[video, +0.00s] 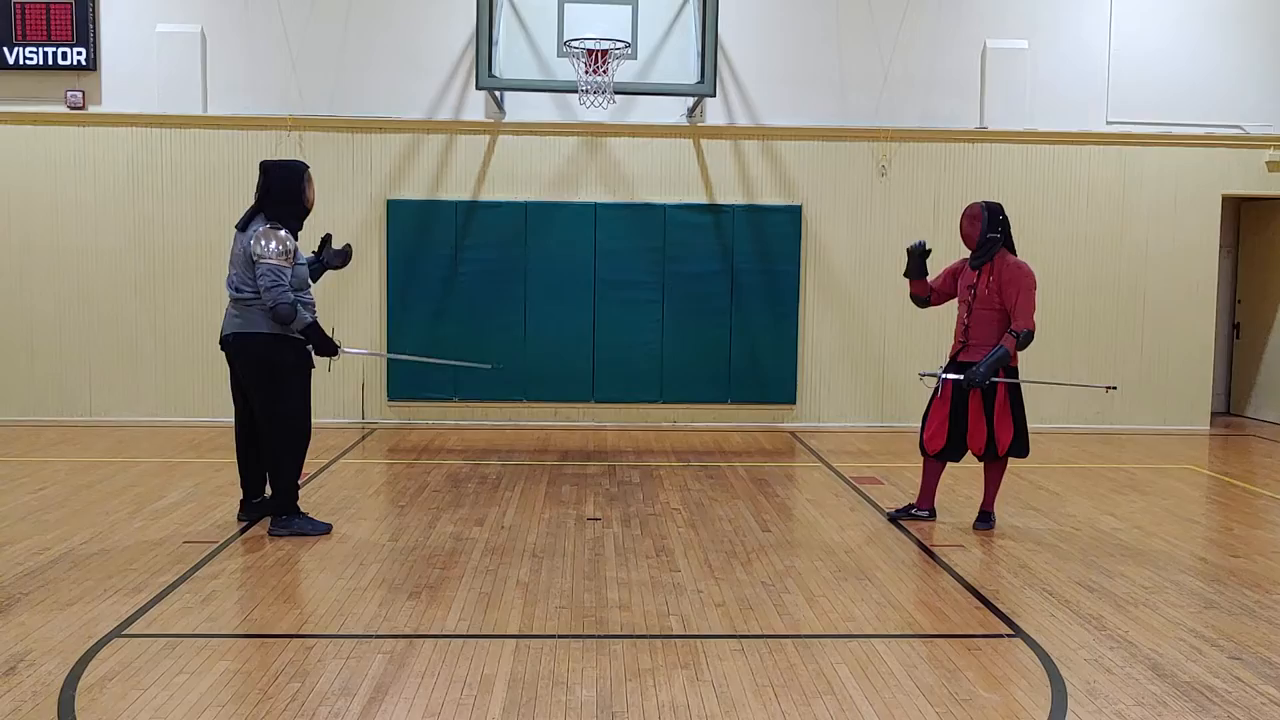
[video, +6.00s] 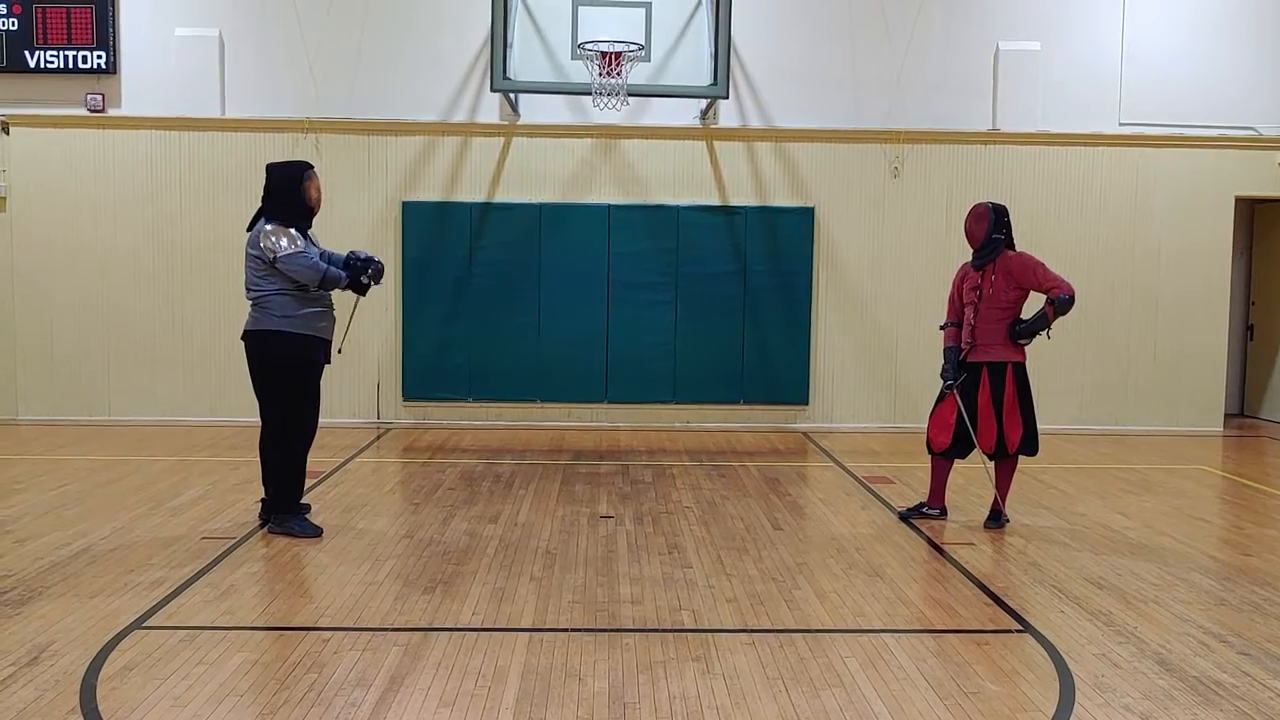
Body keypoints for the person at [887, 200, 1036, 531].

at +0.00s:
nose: (963, 232)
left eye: (969, 225)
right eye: (963, 225)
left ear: (988, 227)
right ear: (972, 228)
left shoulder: (1016, 271)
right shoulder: (964, 268)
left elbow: (1023, 329)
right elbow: (924, 298)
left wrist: (990, 362)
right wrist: (916, 267)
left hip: (996, 369)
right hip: (958, 366)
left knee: (995, 440)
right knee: (937, 431)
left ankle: (987, 509)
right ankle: (923, 504)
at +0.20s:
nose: (966, 232)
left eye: (972, 225)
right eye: (966, 226)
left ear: (992, 230)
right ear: (971, 229)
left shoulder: (1017, 273)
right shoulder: (965, 270)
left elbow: (1025, 332)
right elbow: (931, 298)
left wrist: (987, 360)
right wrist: (923, 314)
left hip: (996, 372)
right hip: (958, 369)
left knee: (996, 441)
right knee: (937, 433)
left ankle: (987, 512)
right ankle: (924, 507)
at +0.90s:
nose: (964, 249)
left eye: (969, 242)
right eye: (961, 243)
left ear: (989, 239)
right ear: (961, 243)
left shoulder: (1014, 274)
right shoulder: (963, 277)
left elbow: (1037, 324)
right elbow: (948, 325)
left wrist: (988, 333)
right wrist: (944, 359)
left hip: (998, 374)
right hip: (960, 371)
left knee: (998, 442)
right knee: (937, 435)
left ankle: (989, 516)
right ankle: (926, 511)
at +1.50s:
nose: (936, 290)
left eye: (940, 282)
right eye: (933, 284)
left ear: (959, 277)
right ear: (934, 283)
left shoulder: (990, 306)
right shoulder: (937, 315)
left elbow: (1042, 334)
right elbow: (927, 364)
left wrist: (1012, 363)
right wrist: (926, 402)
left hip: (981, 406)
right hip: (943, 407)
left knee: (981, 476)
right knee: (920, 469)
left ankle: (973, 549)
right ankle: (911, 545)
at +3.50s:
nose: (943, 258)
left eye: (949, 252)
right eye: (943, 251)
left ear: (968, 256)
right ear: (958, 257)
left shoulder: (991, 291)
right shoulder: (942, 301)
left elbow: (1040, 322)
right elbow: (930, 349)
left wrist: (1010, 354)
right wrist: (928, 390)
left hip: (981, 393)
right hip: (943, 393)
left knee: (982, 463)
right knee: (920, 456)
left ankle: (974, 536)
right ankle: (912, 531)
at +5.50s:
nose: (966, 229)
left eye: (972, 222)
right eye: (967, 222)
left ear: (991, 225)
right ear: (979, 226)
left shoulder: (1015, 261)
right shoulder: (965, 270)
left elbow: (1063, 292)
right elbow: (952, 319)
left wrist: (1032, 324)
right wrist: (949, 358)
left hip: (1003, 363)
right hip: (965, 363)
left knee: (1004, 434)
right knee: (941, 426)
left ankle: (995, 506)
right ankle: (932, 500)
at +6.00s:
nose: (968, 232)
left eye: (974, 225)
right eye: (969, 225)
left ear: (992, 227)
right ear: (980, 228)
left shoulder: (1016, 263)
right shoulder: (966, 272)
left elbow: (1064, 293)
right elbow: (953, 320)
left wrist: (1032, 326)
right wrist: (950, 361)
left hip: (1004, 365)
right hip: (967, 365)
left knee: (1006, 435)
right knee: (943, 428)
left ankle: (998, 508)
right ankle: (935, 503)